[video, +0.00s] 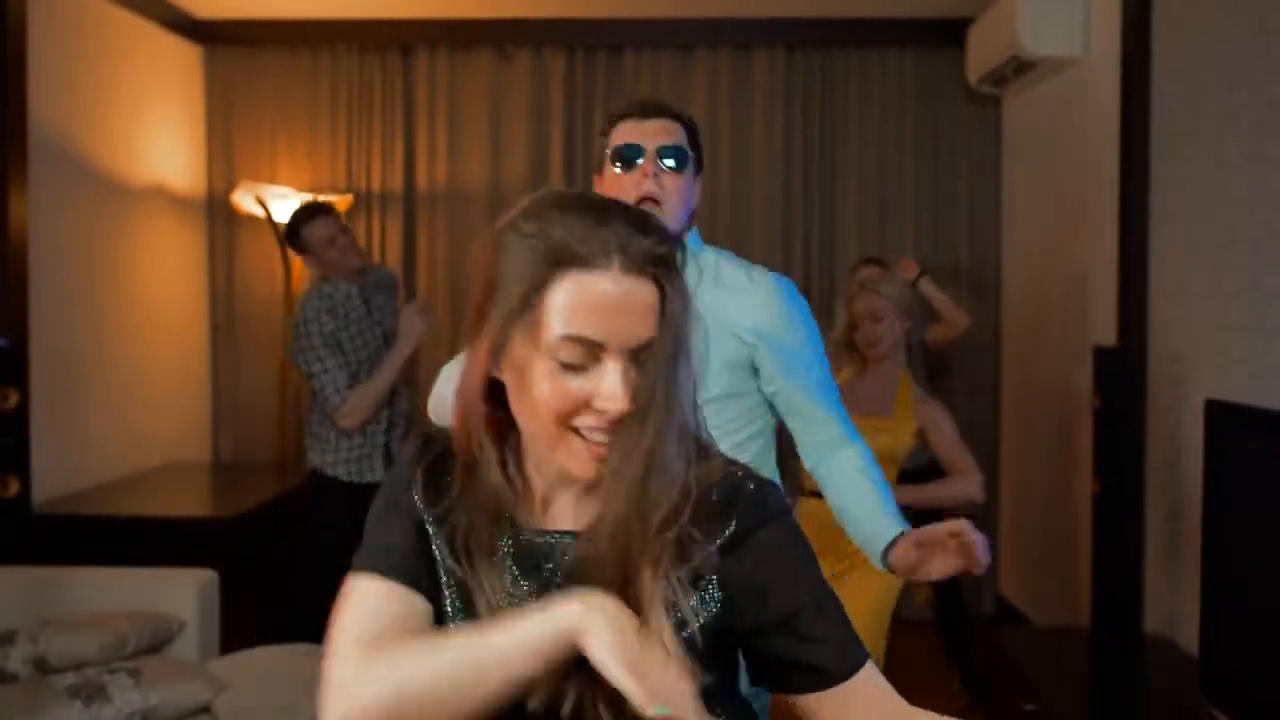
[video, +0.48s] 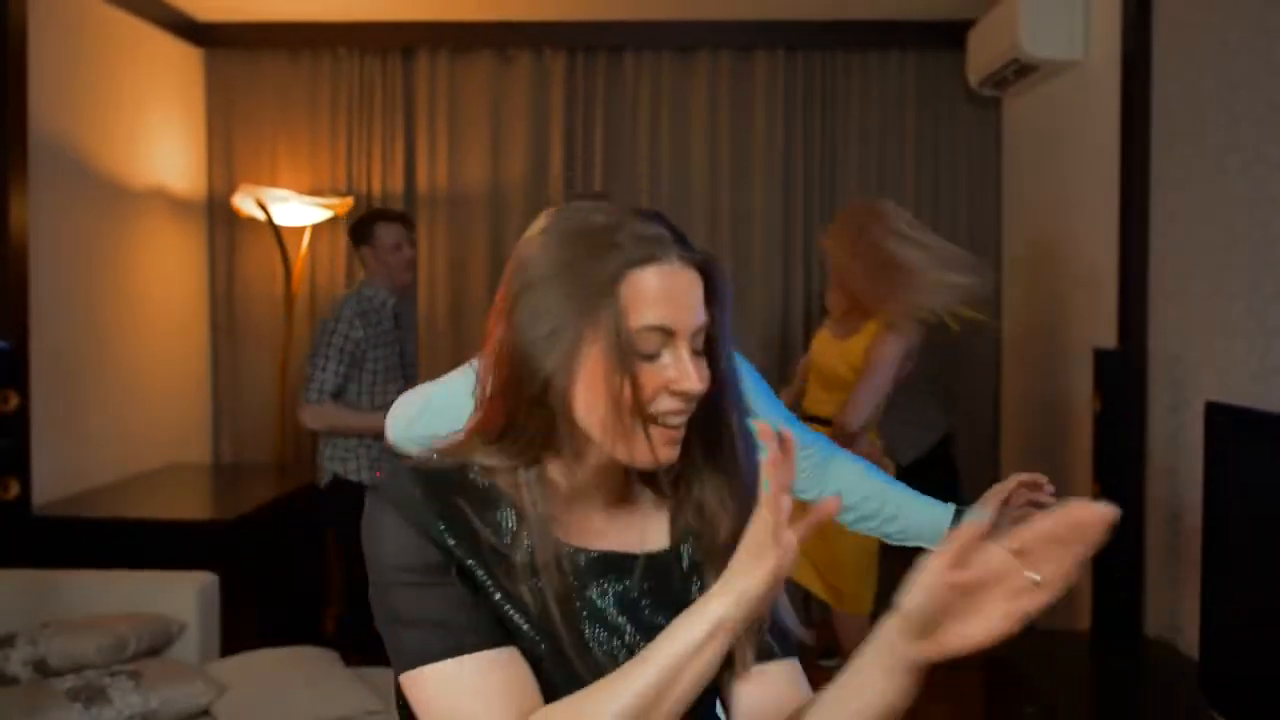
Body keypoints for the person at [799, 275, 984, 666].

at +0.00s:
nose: (866, 330)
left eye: (877, 318)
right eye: (858, 320)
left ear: (904, 324)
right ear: (849, 327)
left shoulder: (918, 405)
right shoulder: (829, 387)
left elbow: (971, 485)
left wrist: (888, 495)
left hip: (875, 536)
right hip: (813, 531)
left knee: (844, 658)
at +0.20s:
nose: (847, 306)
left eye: (859, 300)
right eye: (847, 296)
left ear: (890, 308)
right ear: (844, 295)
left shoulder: (915, 376)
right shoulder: (834, 344)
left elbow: (941, 462)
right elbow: (779, 407)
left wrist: (871, 476)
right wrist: (733, 445)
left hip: (869, 524)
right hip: (809, 510)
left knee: (850, 667)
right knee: (786, 645)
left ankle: (877, 710)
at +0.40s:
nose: (837, 277)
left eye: (847, 265)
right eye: (837, 265)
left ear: (876, 271)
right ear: (840, 271)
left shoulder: (901, 340)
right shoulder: (840, 322)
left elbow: (879, 426)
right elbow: (798, 374)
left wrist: (825, 450)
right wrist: (774, 411)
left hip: (858, 485)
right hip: (812, 475)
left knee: (851, 625)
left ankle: (877, 705)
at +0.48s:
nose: (835, 276)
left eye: (844, 264)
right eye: (834, 263)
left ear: (873, 266)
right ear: (836, 265)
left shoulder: (894, 331)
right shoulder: (837, 316)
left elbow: (854, 418)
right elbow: (802, 376)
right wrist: (779, 418)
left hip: (855, 455)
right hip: (810, 442)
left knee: (850, 577)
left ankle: (857, 678)